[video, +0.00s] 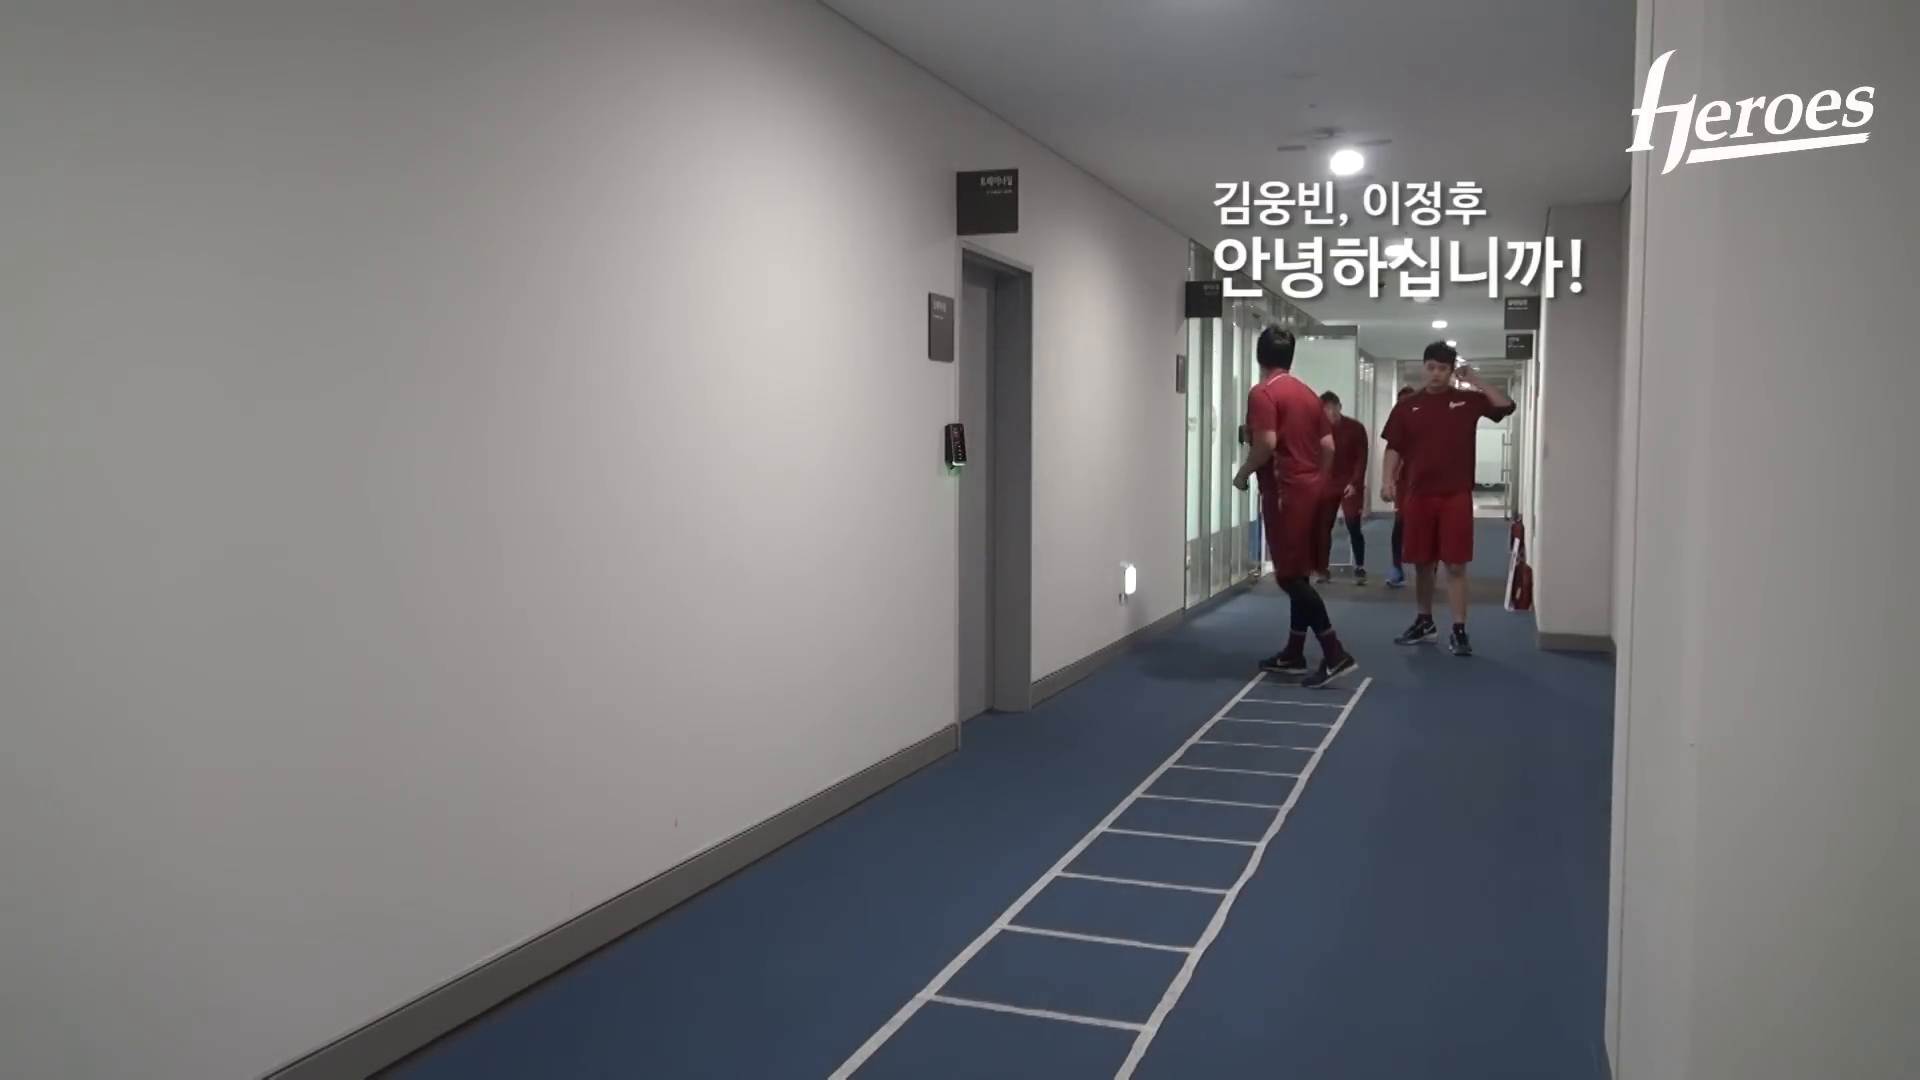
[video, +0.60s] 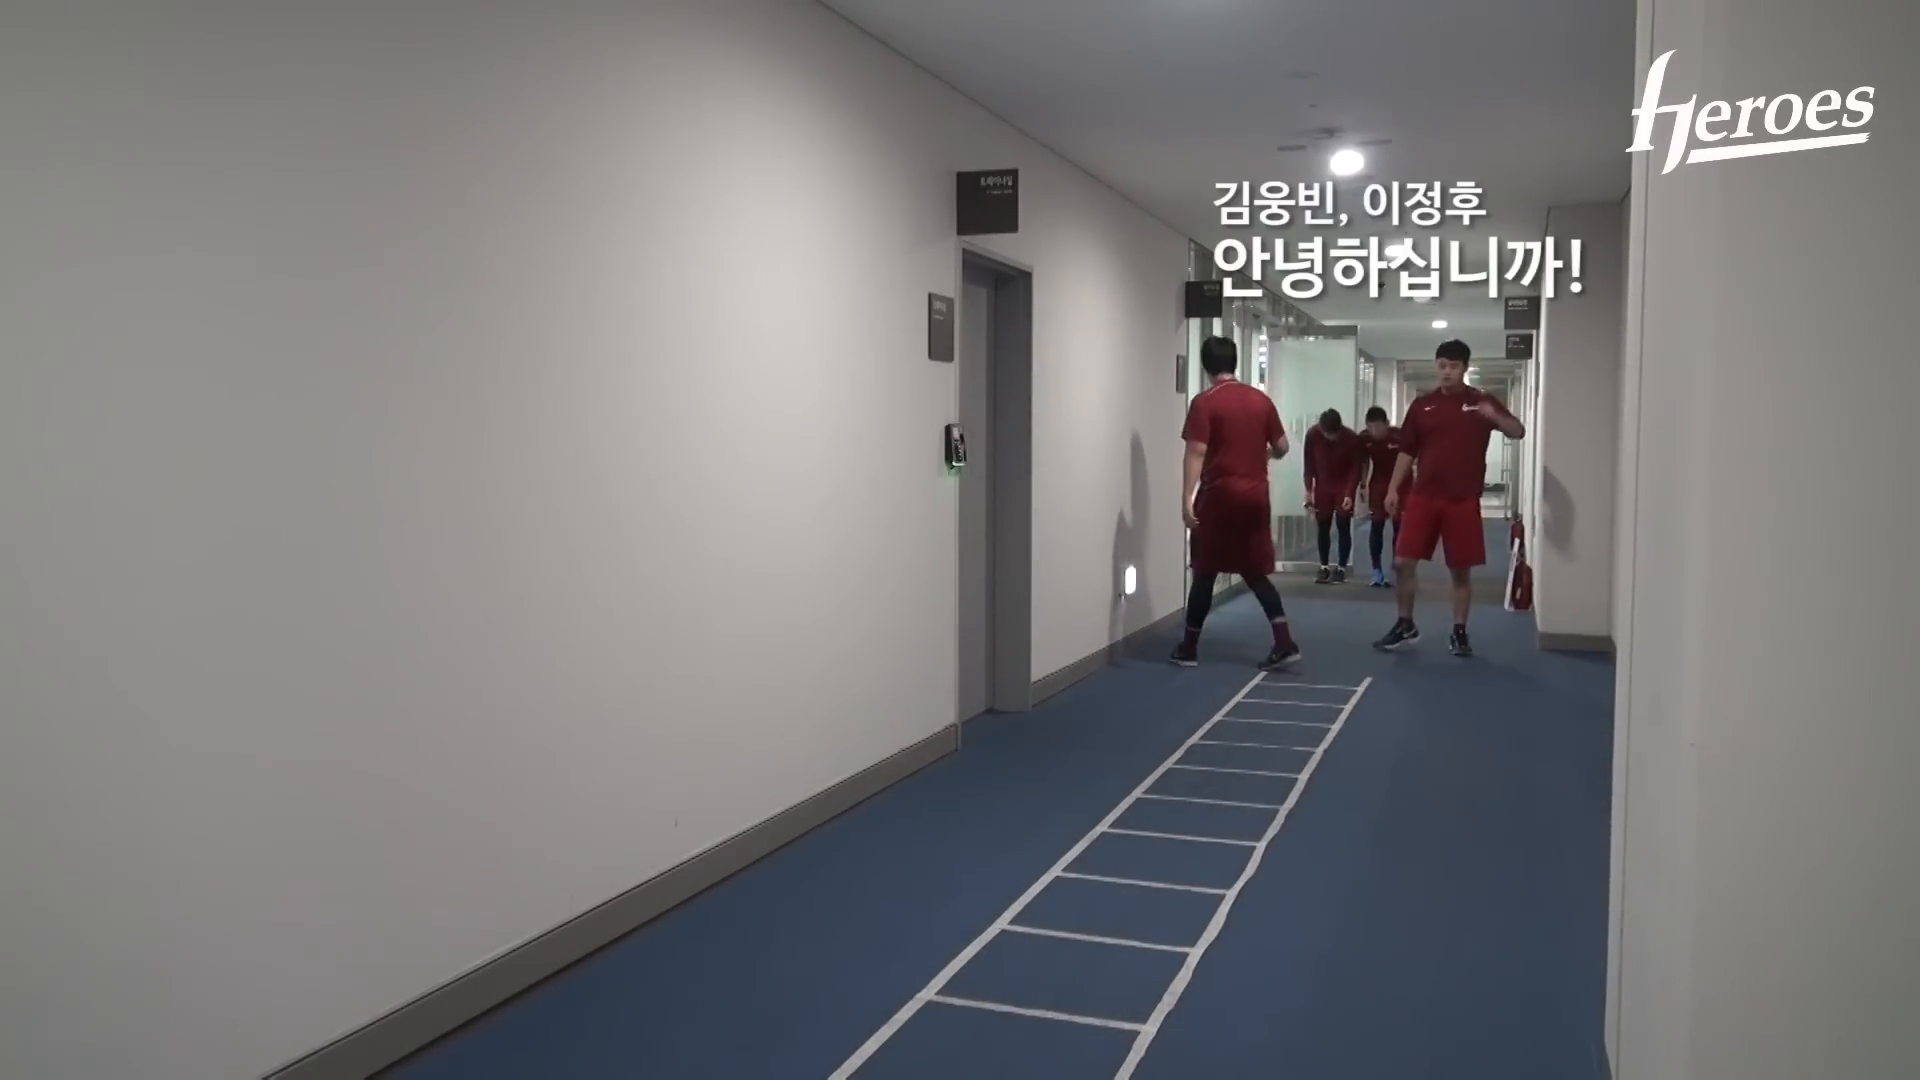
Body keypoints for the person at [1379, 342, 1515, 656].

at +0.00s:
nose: (1436, 374)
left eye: (1442, 369)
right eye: (1431, 367)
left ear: (1452, 372)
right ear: (1423, 368)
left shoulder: (1468, 401)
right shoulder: (1407, 406)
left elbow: (1505, 407)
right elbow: (1393, 447)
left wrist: (1476, 380)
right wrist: (1387, 480)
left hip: (1456, 495)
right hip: (1419, 495)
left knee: (1456, 564)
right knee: (1423, 564)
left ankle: (1459, 629)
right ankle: (1424, 620)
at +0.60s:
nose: (1446, 371)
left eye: (1453, 366)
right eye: (1442, 365)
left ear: (1465, 368)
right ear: (1436, 367)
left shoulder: (1483, 402)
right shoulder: (1422, 405)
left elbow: (1517, 432)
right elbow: (1406, 451)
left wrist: (1495, 417)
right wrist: (1392, 489)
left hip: (1462, 501)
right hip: (1423, 498)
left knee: (1460, 570)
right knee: (1403, 562)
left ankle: (1459, 631)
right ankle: (1405, 624)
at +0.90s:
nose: (1424, 373)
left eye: (1431, 368)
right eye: (1420, 368)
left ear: (1443, 370)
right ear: (1415, 370)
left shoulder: (1464, 406)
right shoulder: (1403, 407)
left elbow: (1478, 452)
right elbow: (1391, 454)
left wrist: (1487, 492)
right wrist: (1378, 489)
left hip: (1447, 504)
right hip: (1406, 502)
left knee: (1452, 572)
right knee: (1396, 570)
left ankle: (1458, 631)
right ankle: (1382, 633)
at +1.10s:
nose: (1407, 372)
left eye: (1413, 366)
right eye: (1402, 367)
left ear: (1425, 368)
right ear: (1396, 370)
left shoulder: (1447, 405)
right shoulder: (1381, 410)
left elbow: (1459, 449)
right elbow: (1367, 456)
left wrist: (1458, 488)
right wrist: (1352, 489)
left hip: (1427, 499)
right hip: (1386, 499)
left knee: (1438, 570)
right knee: (1384, 569)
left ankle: (1455, 629)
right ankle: (1381, 634)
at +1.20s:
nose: (1398, 374)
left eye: (1404, 368)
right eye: (1392, 369)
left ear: (1415, 369)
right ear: (1386, 373)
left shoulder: (1437, 405)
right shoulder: (1375, 408)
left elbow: (1450, 451)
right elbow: (1357, 455)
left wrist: (1451, 491)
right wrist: (1338, 493)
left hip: (1420, 500)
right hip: (1380, 500)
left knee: (1431, 572)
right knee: (1381, 569)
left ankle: (1452, 627)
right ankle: (1380, 634)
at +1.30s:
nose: (1391, 375)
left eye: (1397, 369)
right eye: (1386, 370)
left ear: (1407, 370)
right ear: (1379, 373)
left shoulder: (1429, 405)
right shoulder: (1368, 408)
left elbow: (1443, 449)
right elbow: (1349, 454)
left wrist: (1450, 487)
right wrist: (1331, 492)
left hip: (1415, 499)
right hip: (1375, 499)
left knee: (1422, 571)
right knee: (1378, 570)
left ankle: (1439, 624)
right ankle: (1380, 634)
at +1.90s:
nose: (1377, 375)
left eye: (1383, 369)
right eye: (1371, 370)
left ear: (1396, 370)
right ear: (1366, 371)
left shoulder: (1418, 402)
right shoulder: (1360, 406)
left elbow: (1438, 448)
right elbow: (1347, 452)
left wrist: (1446, 488)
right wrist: (1330, 490)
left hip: (1403, 502)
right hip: (1366, 502)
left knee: (1400, 572)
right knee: (1376, 572)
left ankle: (1403, 642)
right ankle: (1380, 633)